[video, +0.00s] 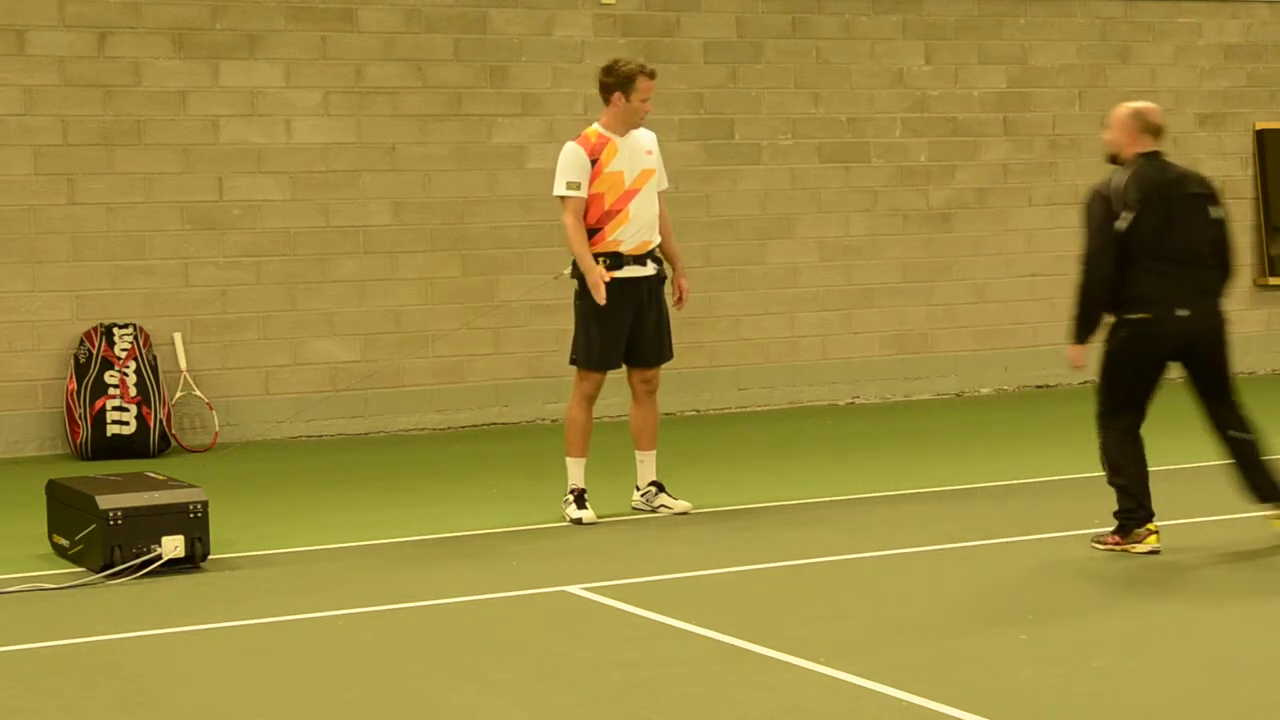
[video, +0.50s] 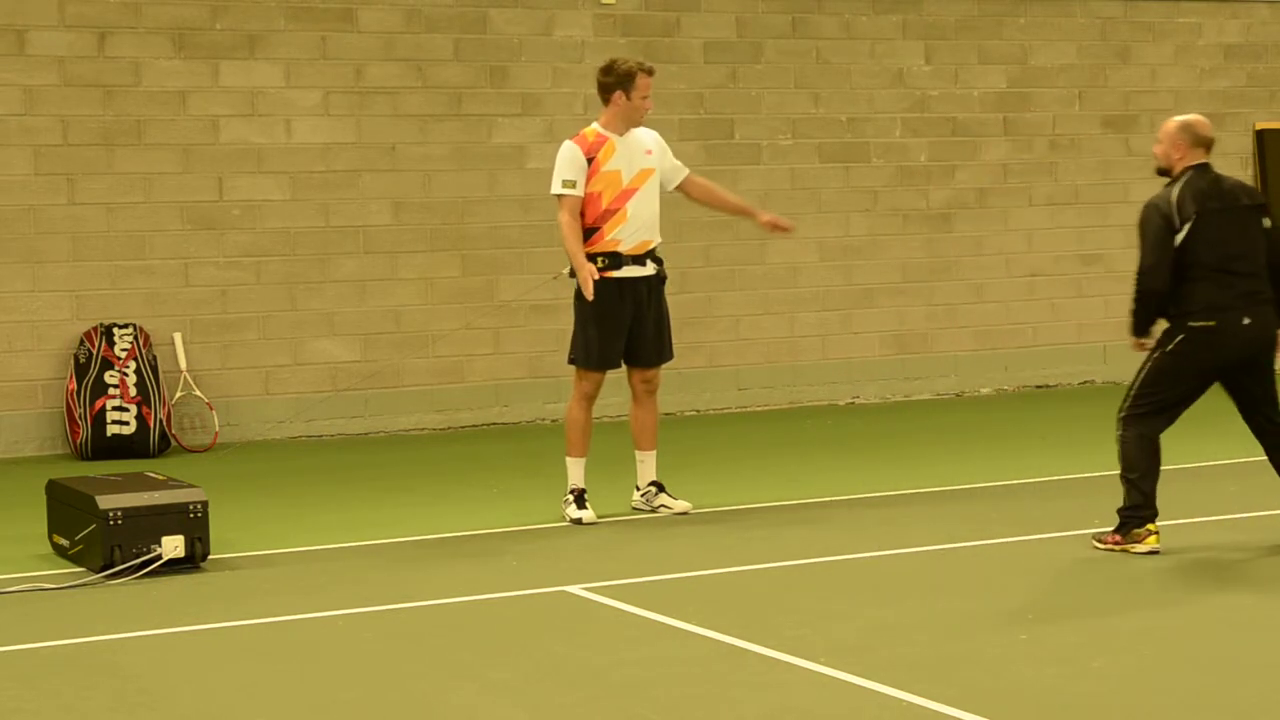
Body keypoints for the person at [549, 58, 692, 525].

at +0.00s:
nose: (649, 108)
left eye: (651, 100)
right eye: (643, 101)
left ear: (628, 100)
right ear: (616, 99)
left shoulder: (647, 141)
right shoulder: (580, 150)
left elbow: (657, 209)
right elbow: (571, 216)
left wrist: (676, 266)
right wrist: (589, 269)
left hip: (648, 279)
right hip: (602, 281)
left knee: (646, 384)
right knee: (587, 388)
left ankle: (647, 487)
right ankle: (576, 492)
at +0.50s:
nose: (650, 105)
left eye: (651, 98)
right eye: (644, 98)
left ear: (630, 98)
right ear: (617, 98)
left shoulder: (650, 143)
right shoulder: (579, 149)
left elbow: (694, 186)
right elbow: (568, 214)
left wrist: (756, 214)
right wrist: (582, 268)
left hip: (646, 280)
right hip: (600, 281)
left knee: (646, 383)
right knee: (586, 388)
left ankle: (647, 487)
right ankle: (576, 493)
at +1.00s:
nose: (644, 108)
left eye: (646, 100)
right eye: (637, 100)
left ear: (642, 99)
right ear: (609, 99)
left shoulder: (654, 142)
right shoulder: (576, 149)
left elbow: (711, 173)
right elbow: (564, 215)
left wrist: (776, 191)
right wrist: (569, 266)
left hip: (647, 281)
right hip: (598, 282)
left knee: (647, 383)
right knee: (586, 387)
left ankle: (647, 488)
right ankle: (576, 493)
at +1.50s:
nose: (620, 117)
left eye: (627, 108)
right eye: (612, 108)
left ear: (635, 102)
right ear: (596, 100)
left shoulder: (654, 143)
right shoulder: (575, 150)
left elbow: (711, 176)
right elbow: (563, 214)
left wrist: (774, 195)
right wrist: (568, 262)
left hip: (646, 280)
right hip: (599, 281)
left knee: (647, 383)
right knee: (586, 387)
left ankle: (647, 488)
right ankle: (575, 493)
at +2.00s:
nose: (623, 115)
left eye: (629, 107)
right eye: (615, 106)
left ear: (637, 102)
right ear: (597, 100)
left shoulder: (654, 143)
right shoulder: (577, 149)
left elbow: (707, 178)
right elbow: (563, 214)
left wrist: (769, 198)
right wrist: (567, 263)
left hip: (646, 280)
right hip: (598, 281)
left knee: (647, 383)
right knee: (586, 386)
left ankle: (647, 488)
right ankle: (575, 493)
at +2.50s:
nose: (615, 113)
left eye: (621, 105)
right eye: (607, 105)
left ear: (629, 101)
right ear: (589, 101)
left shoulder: (644, 140)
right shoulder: (569, 151)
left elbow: (647, 210)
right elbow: (549, 214)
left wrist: (661, 268)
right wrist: (540, 268)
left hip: (644, 280)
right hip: (597, 283)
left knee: (650, 382)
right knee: (584, 387)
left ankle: (648, 487)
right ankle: (575, 493)